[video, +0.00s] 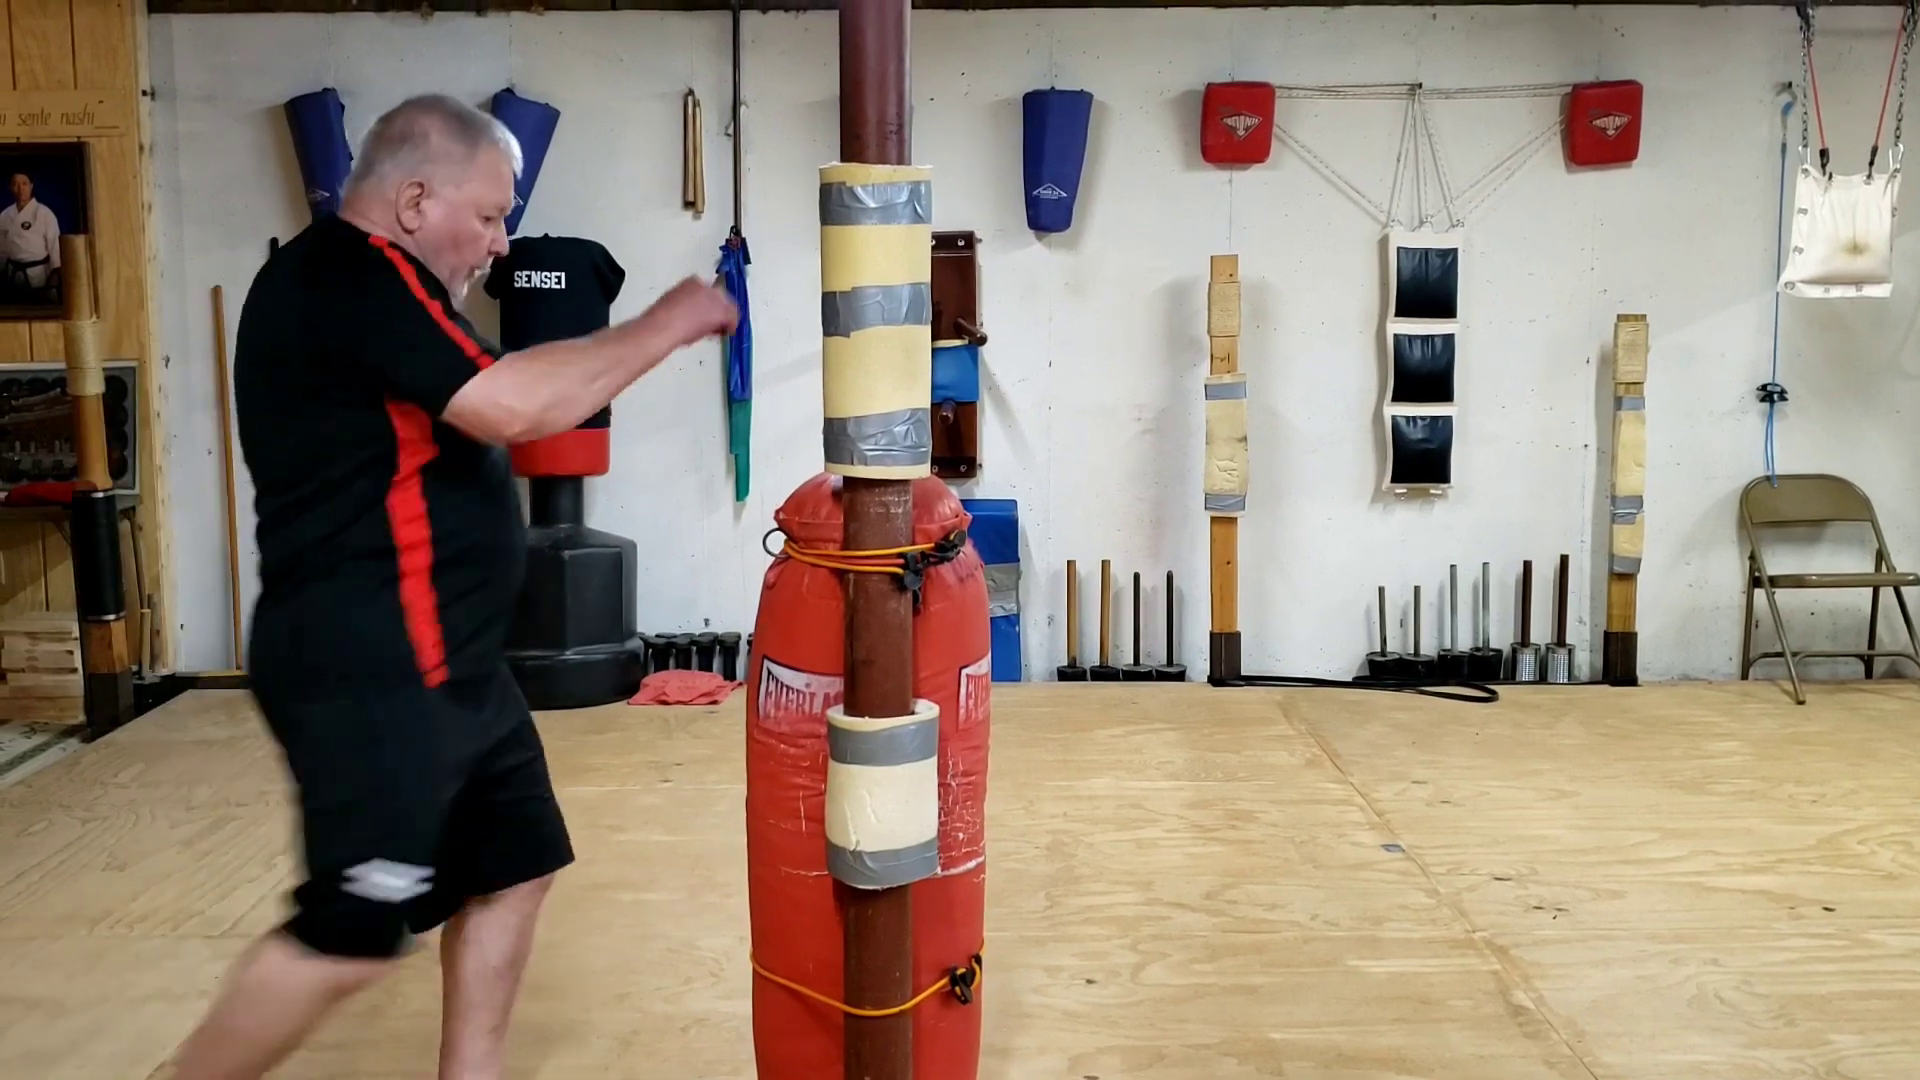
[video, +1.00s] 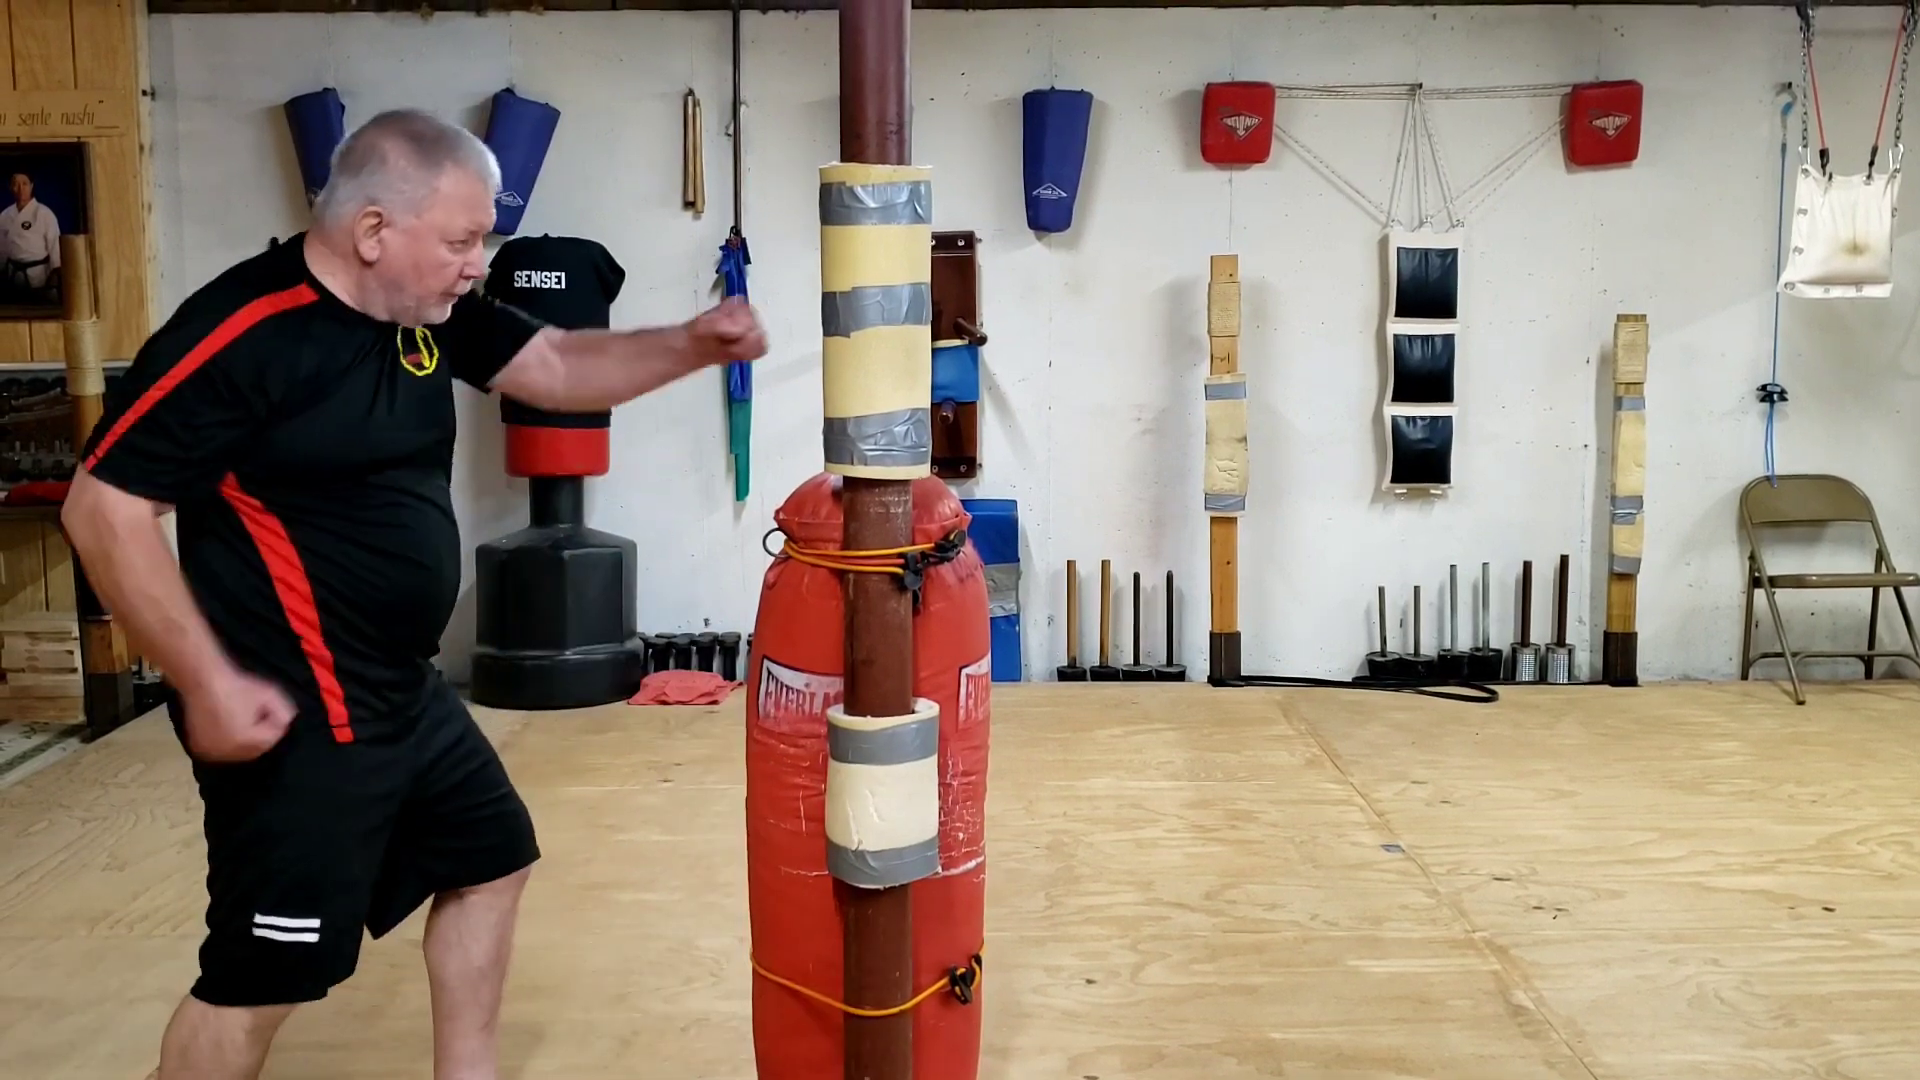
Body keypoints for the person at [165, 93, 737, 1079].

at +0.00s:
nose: (501, 245)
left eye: (504, 222)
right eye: (490, 218)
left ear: (411, 205)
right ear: (413, 203)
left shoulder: (372, 275)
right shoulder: (345, 278)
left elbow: (488, 397)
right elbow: (510, 404)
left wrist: (619, 349)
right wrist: (667, 326)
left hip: (450, 652)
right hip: (361, 664)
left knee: (513, 863)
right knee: (359, 920)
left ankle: (468, 1074)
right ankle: (190, 1071)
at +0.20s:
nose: (511, 244)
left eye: (514, 222)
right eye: (503, 216)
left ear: (425, 196)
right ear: (431, 193)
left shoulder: (330, 271)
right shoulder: (363, 268)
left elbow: (407, 447)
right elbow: (353, 453)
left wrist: (525, 512)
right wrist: (518, 577)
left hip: (379, 627)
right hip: (431, 602)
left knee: (494, 846)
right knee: (700, 649)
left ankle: (466, 1070)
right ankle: (759, 895)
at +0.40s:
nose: (518, 245)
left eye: (522, 222)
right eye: (509, 217)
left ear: (429, 200)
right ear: (434, 196)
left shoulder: (355, 267)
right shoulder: (367, 266)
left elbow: (395, 465)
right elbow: (371, 454)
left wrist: (519, 506)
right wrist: (550, 556)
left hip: (368, 610)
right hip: (395, 606)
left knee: (495, 850)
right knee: (643, 738)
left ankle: (474, 1052)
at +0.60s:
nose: (512, 255)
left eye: (514, 232)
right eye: (498, 228)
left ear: (416, 221)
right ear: (415, 218)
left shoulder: (377, 296)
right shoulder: (329, 287)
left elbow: (344, 502)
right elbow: (422, 465)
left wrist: (464, 582)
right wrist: (599, 422)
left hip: (433, 675)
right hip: (320, 689)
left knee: (515, 867)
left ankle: (472, 1075)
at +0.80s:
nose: (468, 259)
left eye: (474, 235)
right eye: (449, 235)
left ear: (372, 227)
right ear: (360, 223)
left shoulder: (405, 313)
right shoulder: (242, 308)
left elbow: (404, 468)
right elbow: (209, 521)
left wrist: (500, 440)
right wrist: (427, 494)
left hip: (409, 671)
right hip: (271, 694)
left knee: (501, 867)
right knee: (232, 964)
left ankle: (467, 1074)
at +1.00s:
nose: (478, 268)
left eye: (482, 244)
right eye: (461, 243)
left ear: (383, 235)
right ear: (373, 234)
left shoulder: (421, 311)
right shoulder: (242, 323)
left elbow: (553, 367)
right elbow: (104, 503)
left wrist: (691, 345)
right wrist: (203, 679)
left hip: (404, 695)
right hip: (286, 719)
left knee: (490, 860)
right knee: (258, 971)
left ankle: (466, 1074)